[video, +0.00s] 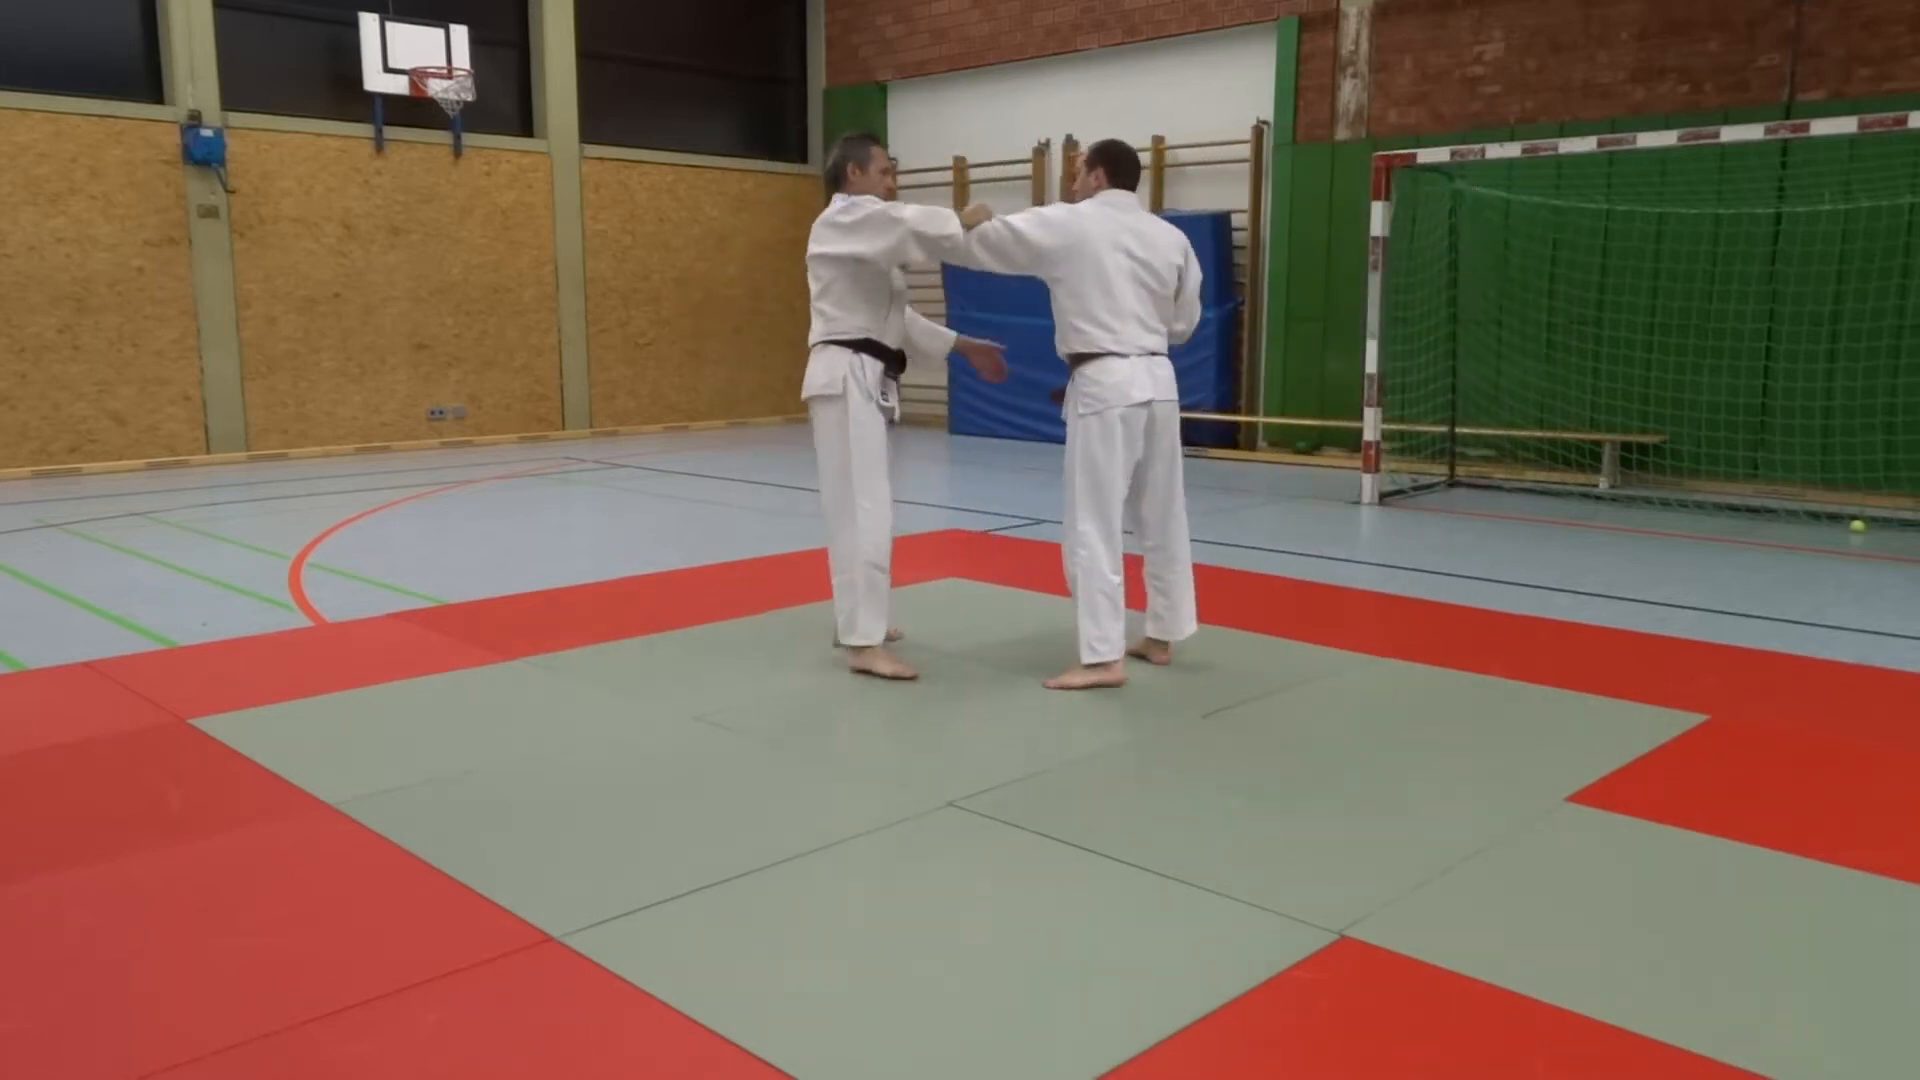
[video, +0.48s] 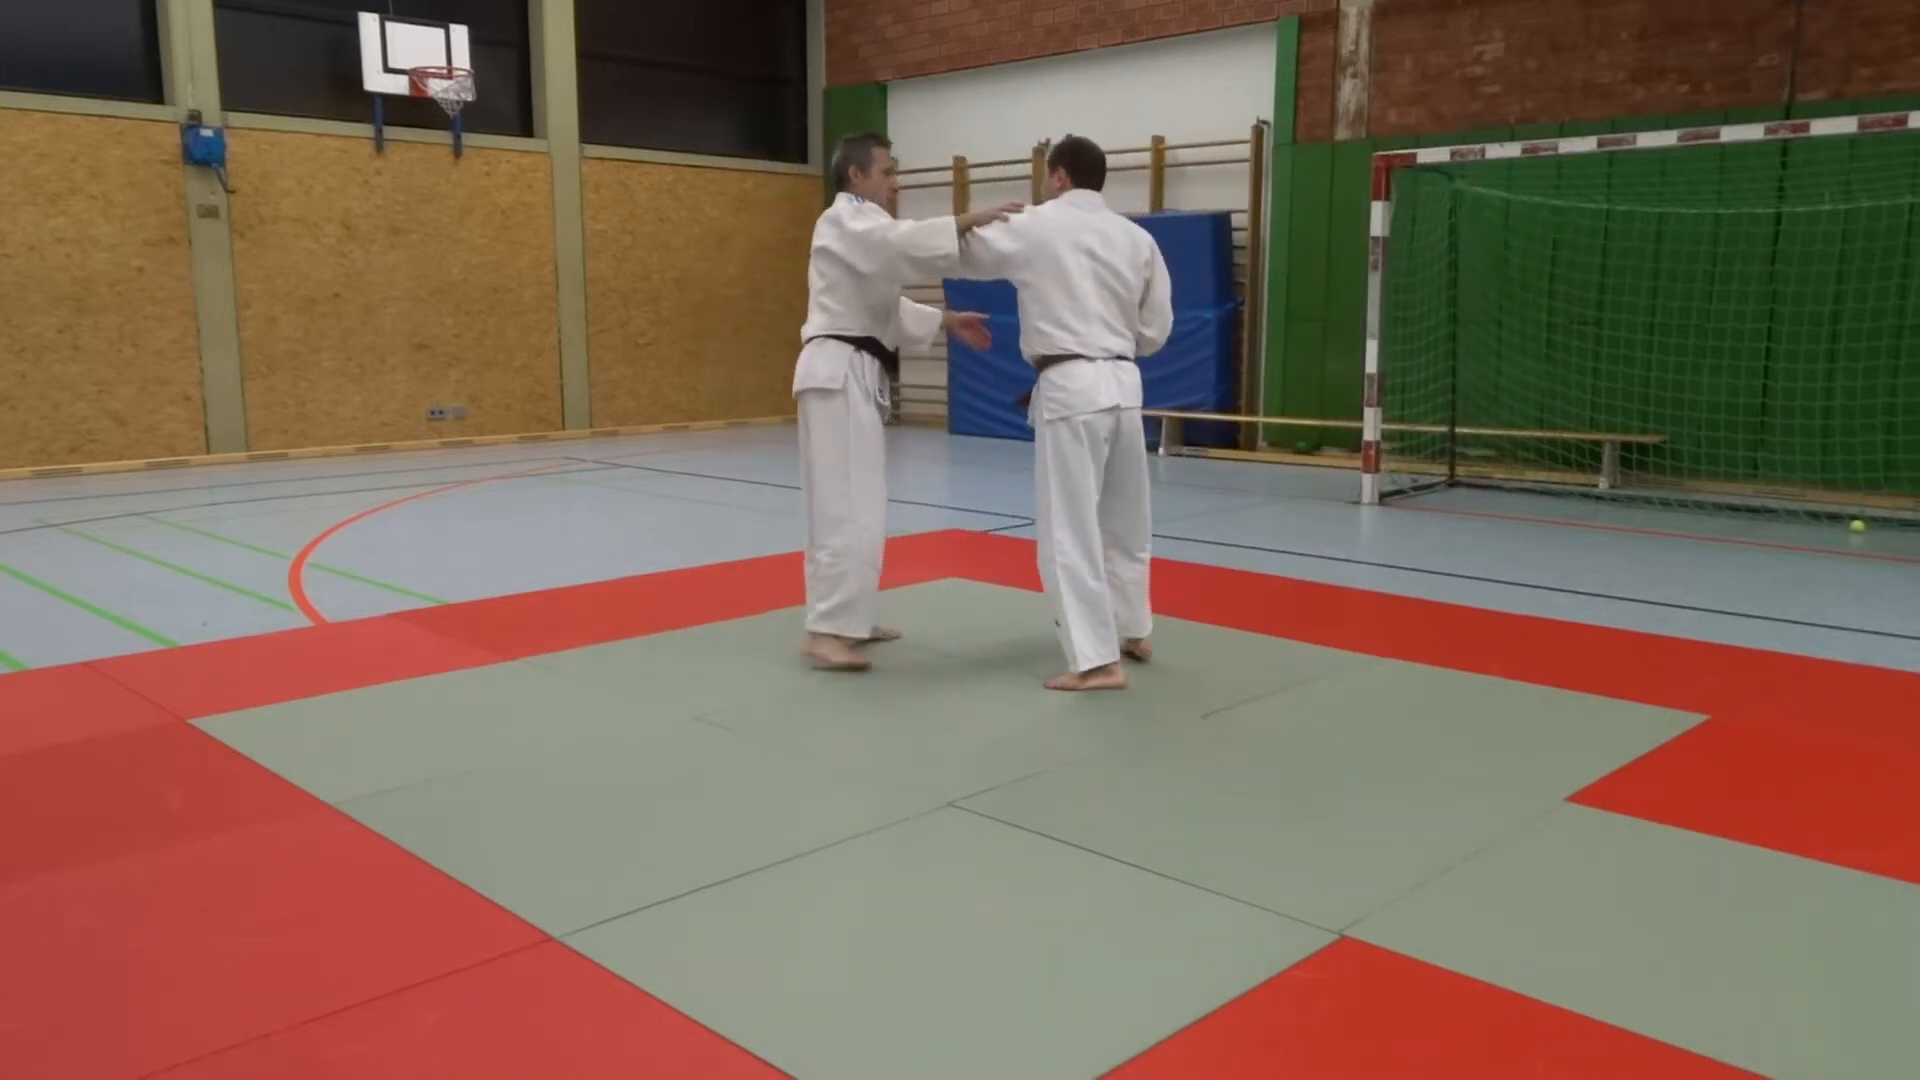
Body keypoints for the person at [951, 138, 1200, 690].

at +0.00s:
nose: (1073, 184)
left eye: (1077, 175)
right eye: (1075, 175)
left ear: (1097, 176)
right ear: (1132, 181)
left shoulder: (1067, 223)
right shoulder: (1170, 236)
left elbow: (982, 240)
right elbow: (1183, 324)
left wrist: (965, 221)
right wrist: (1132, 322)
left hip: (1102, 383)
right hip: (1160, 381)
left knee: (1093, 522)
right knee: (1163, 514)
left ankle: (1102, 658)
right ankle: (1162, 638)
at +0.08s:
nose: (1070, 184)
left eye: (1073, 175)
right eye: (1072, 175)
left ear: (1091, 176)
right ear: (1127, 182)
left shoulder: (1064, 222)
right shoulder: (1164, 236)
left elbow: (980, 242)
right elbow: (1185, 328)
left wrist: (967, 221)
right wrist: (1134, 336)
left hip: (1097, 383)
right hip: (1156, 382)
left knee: (1091, 524)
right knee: (1160, 516)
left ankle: (1103, 659)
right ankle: (1162, 639)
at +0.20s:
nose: (1064, 184)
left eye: (1067, 174)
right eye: (1067, 174)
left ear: (1082, 176)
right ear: (1119, 180)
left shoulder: (1057, 222)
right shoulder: (1157, 236)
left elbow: (973, 244)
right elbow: (1179, 329)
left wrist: (905, 223)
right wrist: (1129, 349)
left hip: (1090, 385)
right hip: (1149, 383)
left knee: (1087, 525)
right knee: (1155, 519)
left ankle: (1101, 662)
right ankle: (1159, 640)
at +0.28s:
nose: (1058, 183)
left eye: (1060, 174)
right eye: (1060, 174)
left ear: (1075, 176)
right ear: (1114, 180)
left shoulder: (1049, 223)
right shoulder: (1150, 237)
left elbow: (971, 243)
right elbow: (1172, 331)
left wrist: (897, 224)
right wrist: (1122, 346)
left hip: (1083, 384)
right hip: (1142, 383)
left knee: (1082, 527)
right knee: (1151, 521)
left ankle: (1099, 662)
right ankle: (1157, 640)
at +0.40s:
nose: (1049, 184)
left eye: (1051, 175)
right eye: (1052, 175)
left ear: (1066, 177)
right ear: (1105, 181)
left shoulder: (1042, 225)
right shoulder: (1141, 238)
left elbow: (970, 246)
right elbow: (1161, 332)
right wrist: (1111, 348)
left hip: (1072, 387)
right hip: (1132, 386)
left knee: (1074, 528)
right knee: (1139, 519)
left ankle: (1096, 663)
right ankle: (1145, 637)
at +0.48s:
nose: (1044, 184)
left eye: (1046, 176)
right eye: (1047, 175)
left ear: (1059, 177)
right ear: (1100, 181)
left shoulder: (1035, 226)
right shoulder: (1136, 237)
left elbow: (966, 250)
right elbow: (1156, 329)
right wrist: (1110, 349)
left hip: (1066, 386)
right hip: (1126, 384)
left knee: (1070, 528)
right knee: (1126, 517)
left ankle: (1098, 664)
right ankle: (1134, 634)